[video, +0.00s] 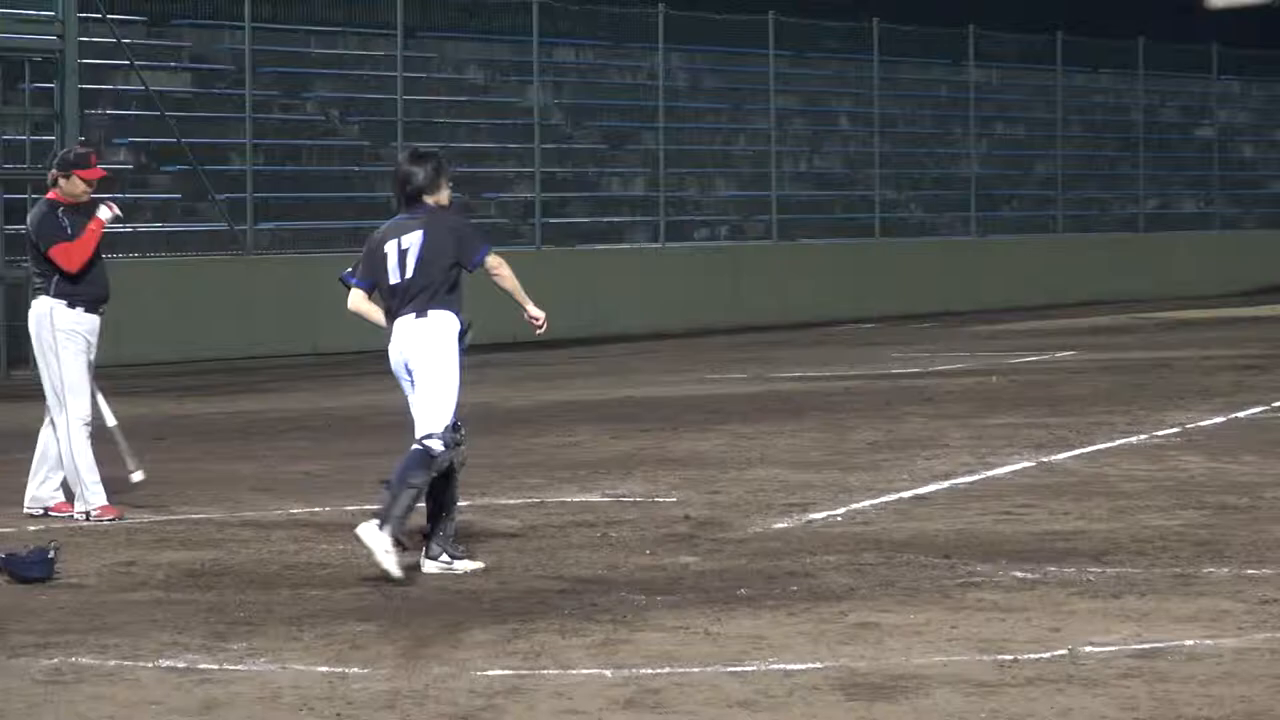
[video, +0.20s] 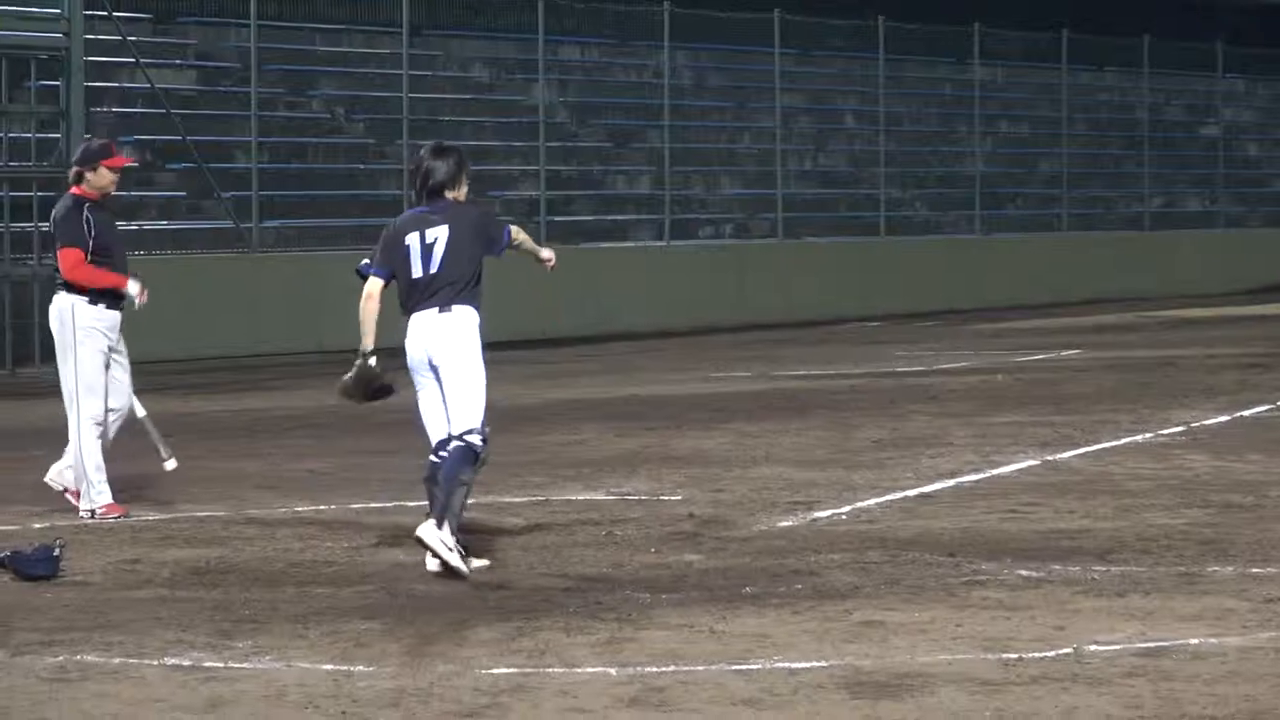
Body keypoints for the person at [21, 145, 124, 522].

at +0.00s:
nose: (92, 188)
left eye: (93, 181)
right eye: (85, 181)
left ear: (80, 181)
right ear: (61, 179)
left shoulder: (79, 213)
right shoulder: (43, 213)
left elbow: (79, 267)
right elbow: (71, 260)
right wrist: (99, 221)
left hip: (84, 318)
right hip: (58, 317)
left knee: (66, 411)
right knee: (74, 412)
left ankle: (42, 495)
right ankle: (91, 502)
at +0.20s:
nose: (117, 177)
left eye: (117, 170)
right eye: (111, 170)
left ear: (97, 173)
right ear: (87, 173)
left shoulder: (98, 209)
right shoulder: (71, 209)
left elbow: (98, 265)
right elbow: (72, 267)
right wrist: (124, 282)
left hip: (105, 314)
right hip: (79, 313)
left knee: (118, 402)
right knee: (85, 406)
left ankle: (67, 472)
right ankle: (95, 499)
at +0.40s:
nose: (131, 178)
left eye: (131, 172)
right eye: (125, 172)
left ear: (112, 175)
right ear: (103, 174)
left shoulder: (113, 214)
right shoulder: (84, 213)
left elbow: (116, 271)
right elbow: (83, 274)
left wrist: (125, 327)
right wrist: (91, 330)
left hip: (121, 321)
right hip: (93, 320)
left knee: (134, 407)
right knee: (91, 414)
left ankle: (124, 490)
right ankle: (91, 502)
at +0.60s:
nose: (150, 183)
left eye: (149, 178)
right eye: (144, 177)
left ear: (130, 183)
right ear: (121, 181)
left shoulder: (135, 222)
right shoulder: (99, 219)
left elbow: (132, 274)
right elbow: (80, 275)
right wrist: (87, 333)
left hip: (143, 329)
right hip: (109, 328)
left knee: (150, 420)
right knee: (98, 425)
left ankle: (159, 505)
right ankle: (94, 510)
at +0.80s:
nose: (165, 178)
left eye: (164, 172)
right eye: (159, 172)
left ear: (144, 177)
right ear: (136, 176)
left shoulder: (160, 218)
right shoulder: (110, 215)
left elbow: (161, 271)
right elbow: (99, 272)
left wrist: (169, 322)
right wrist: (104, 326)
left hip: (161, 327)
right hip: (124, 324)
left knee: (159, 418)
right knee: (110, 420)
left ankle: (159, 502)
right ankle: (97, 506)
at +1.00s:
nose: (179, 175)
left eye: (178, 170)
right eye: (172, 170)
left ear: (158, 178)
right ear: (149, 176)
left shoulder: (175, 220)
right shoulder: (125, 215)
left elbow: (178, 273)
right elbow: (117, 271)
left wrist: (193, 319)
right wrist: (141, 325)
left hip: (174, 328)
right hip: (135, 325)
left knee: (168, 419)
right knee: (124, 420)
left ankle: (166, 503)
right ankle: (112, 507)